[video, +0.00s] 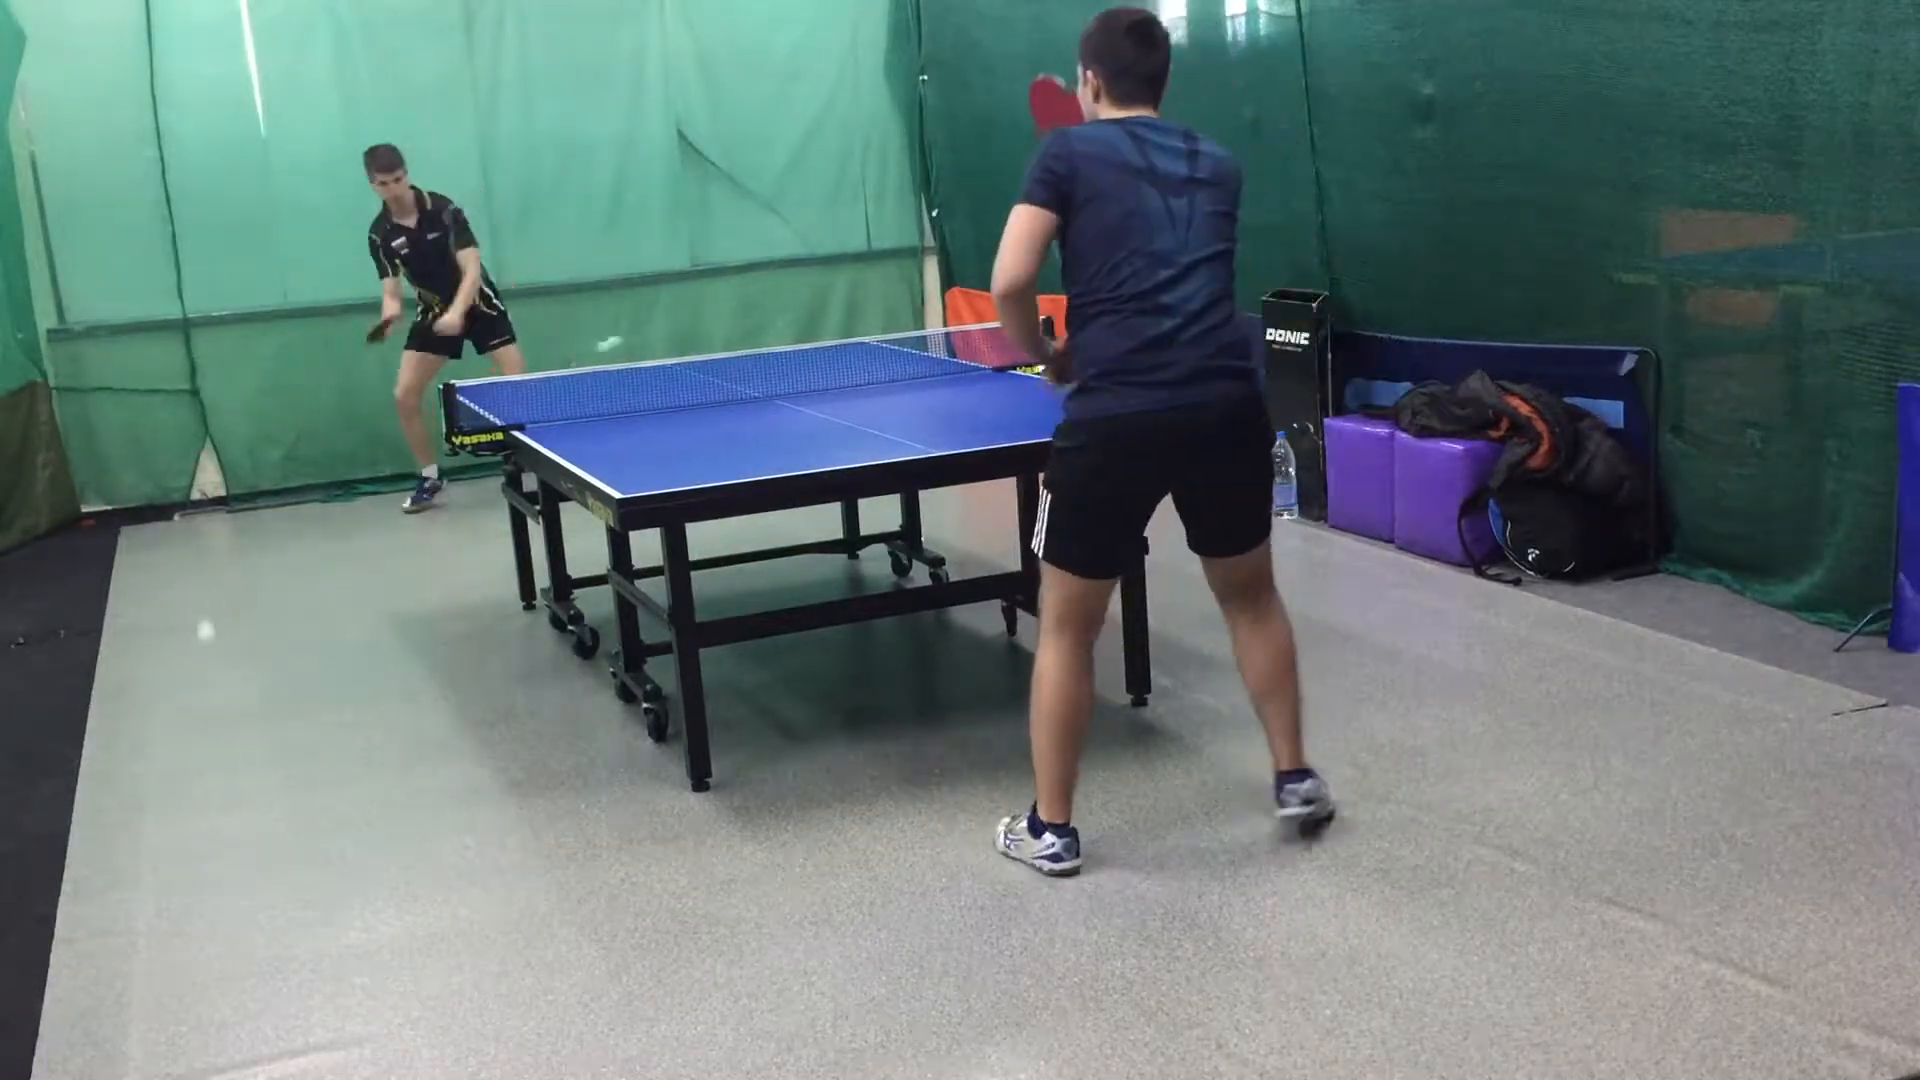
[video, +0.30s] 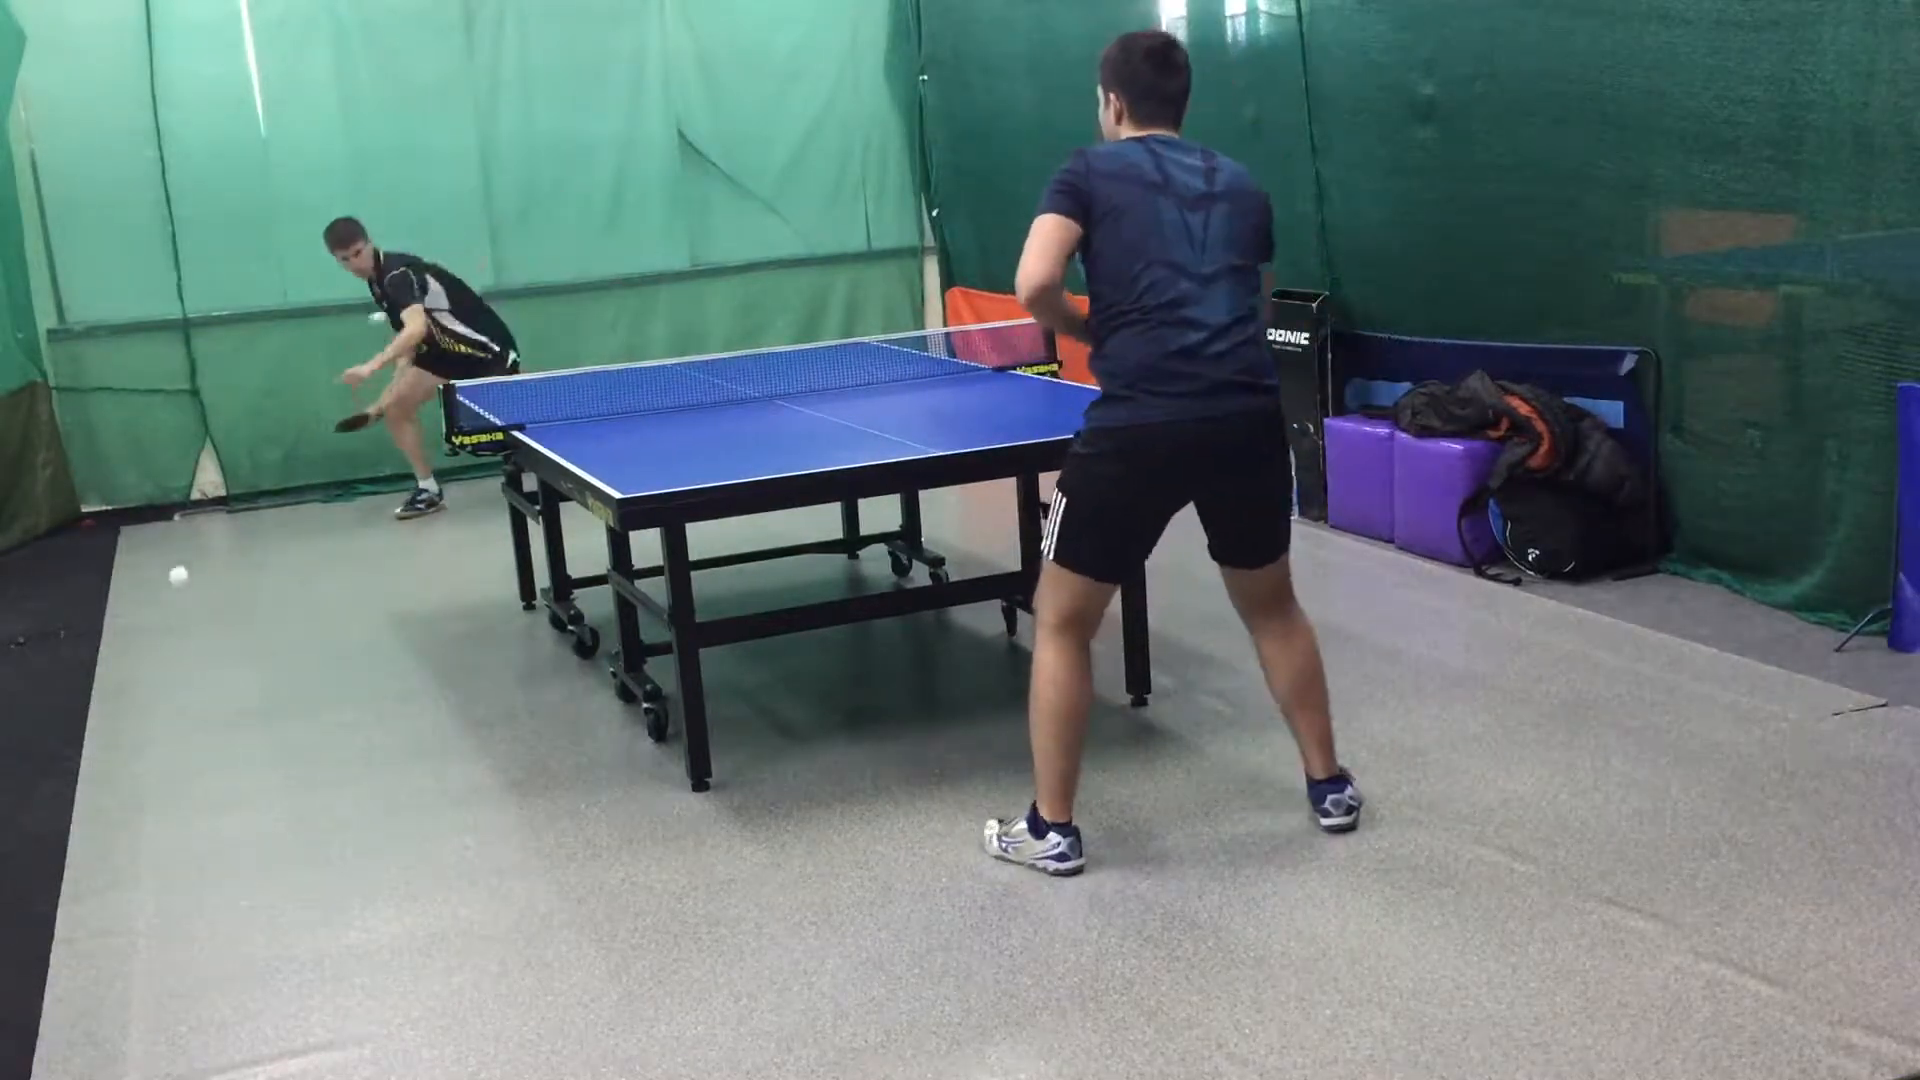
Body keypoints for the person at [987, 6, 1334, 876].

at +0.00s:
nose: (1074, 88)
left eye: (1076, 76)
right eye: (1080, 76)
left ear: (1090, 82)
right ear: (1165, 85)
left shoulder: (1066, 152)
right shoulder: (1217, 161)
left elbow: (1010, 283)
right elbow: (1208, 275)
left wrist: (1051, 364)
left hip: (1112, 425)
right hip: (1224, 415)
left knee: (1069, 632)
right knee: (1252, 597)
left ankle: (1052, 826)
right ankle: (1294, 777)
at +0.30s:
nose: (1097, 111)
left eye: (1098, 100)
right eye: (1101, 100)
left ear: (1112, 103)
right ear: (1185, 104)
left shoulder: (1093, 170)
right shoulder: (1241, 182)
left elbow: (1034, 286)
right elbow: (1257, 302)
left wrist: (1093, 329)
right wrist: (1172, 318)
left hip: (1136, 431)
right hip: (1245, 423)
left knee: (1065, 625)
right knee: (1274, 607)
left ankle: (1053, 829)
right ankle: (1330, 786)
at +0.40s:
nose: (1114, 107)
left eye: (1114, 96)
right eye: (1121, 95)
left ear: (1124, 99)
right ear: (1198, 101)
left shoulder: (1096, 168)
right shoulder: (1252, 184)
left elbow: (1029, 279)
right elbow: (1282, 331)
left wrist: (1090, 320)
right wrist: (1278, 374)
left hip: (1128, 431)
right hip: (1239, 425)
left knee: (1062, 625)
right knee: (1272, 604)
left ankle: (1053, 827)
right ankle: (1329, 786)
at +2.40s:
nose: (1180, 112)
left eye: (1181, 101)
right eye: (1187, 101)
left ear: (1193, 107)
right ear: (1264, 111)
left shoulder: (1163, 175)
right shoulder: (1313, 197)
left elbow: (1107, 290)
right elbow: (1311, 303)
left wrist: (1157, 323)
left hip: (1198, 443)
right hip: (1307, 438)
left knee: (1108, 620)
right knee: (1321, 601)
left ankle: (1082, 829)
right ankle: (1352, 782)